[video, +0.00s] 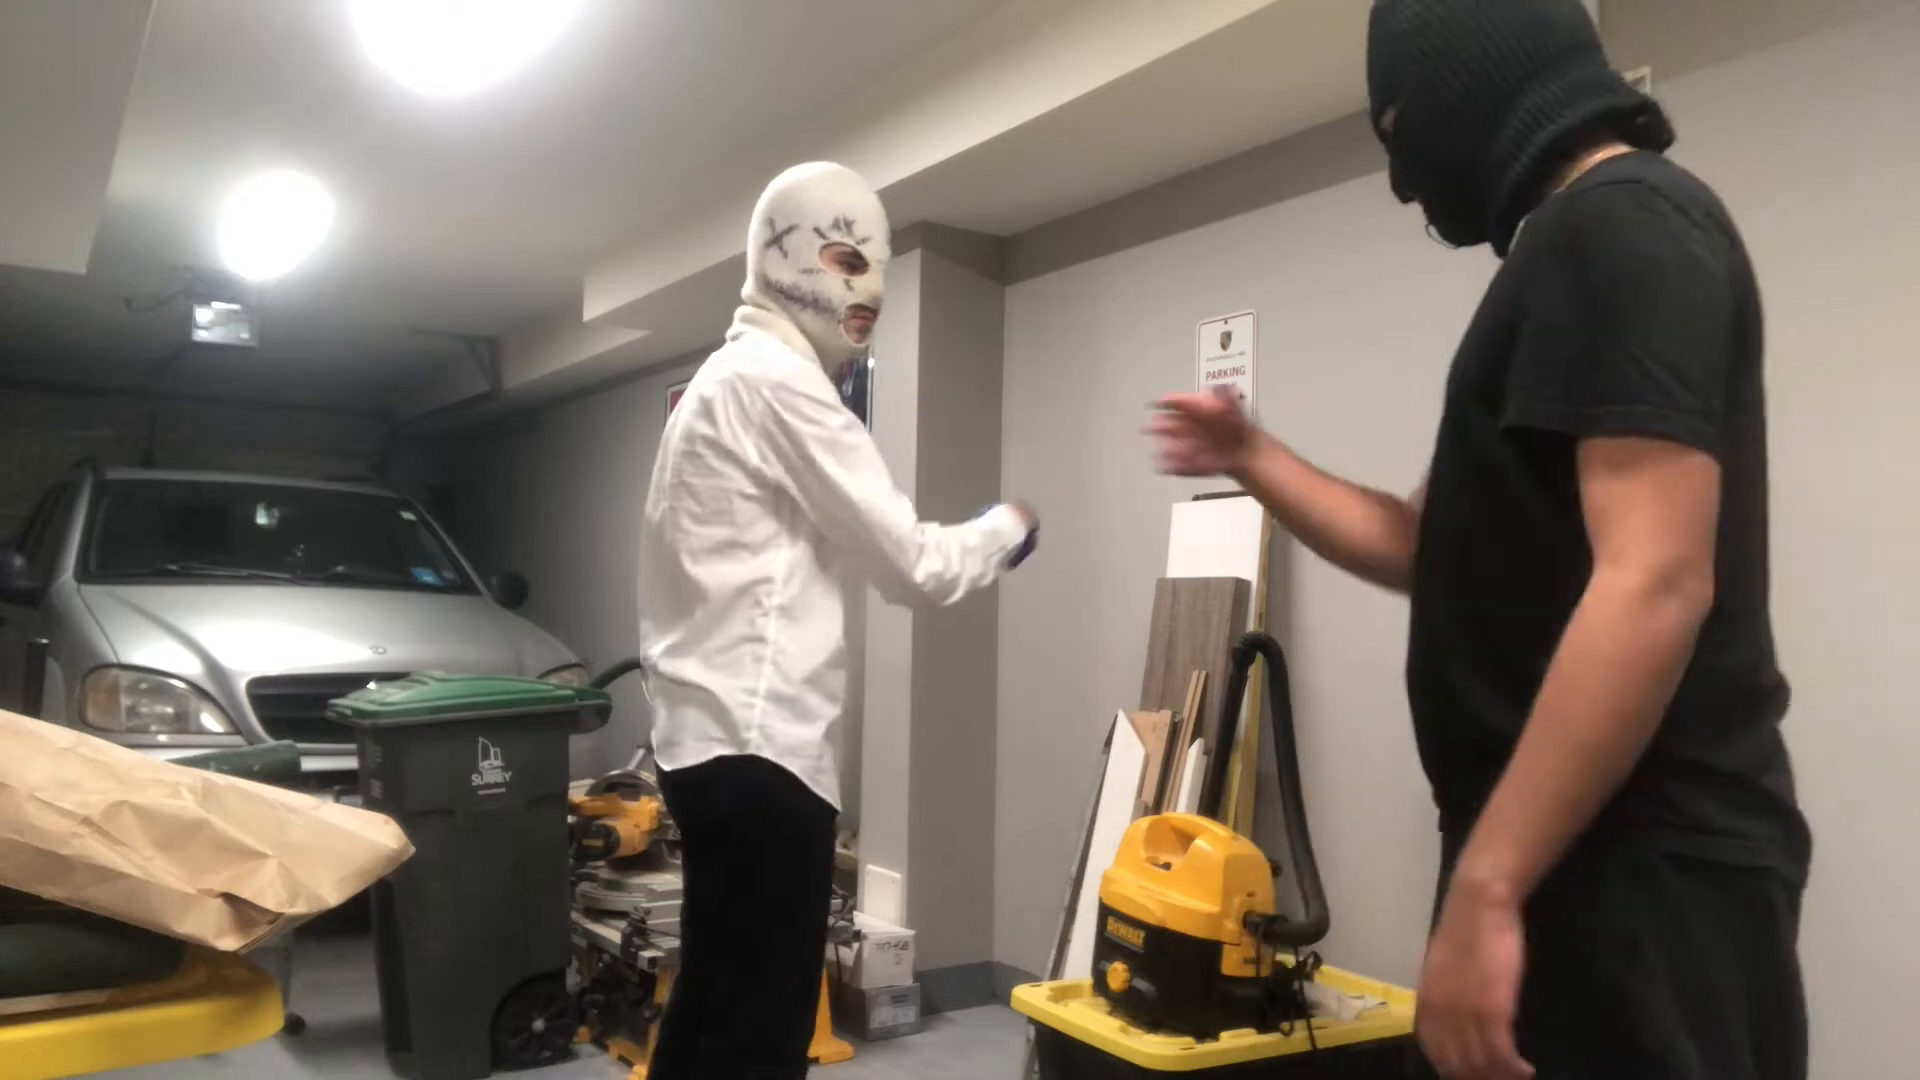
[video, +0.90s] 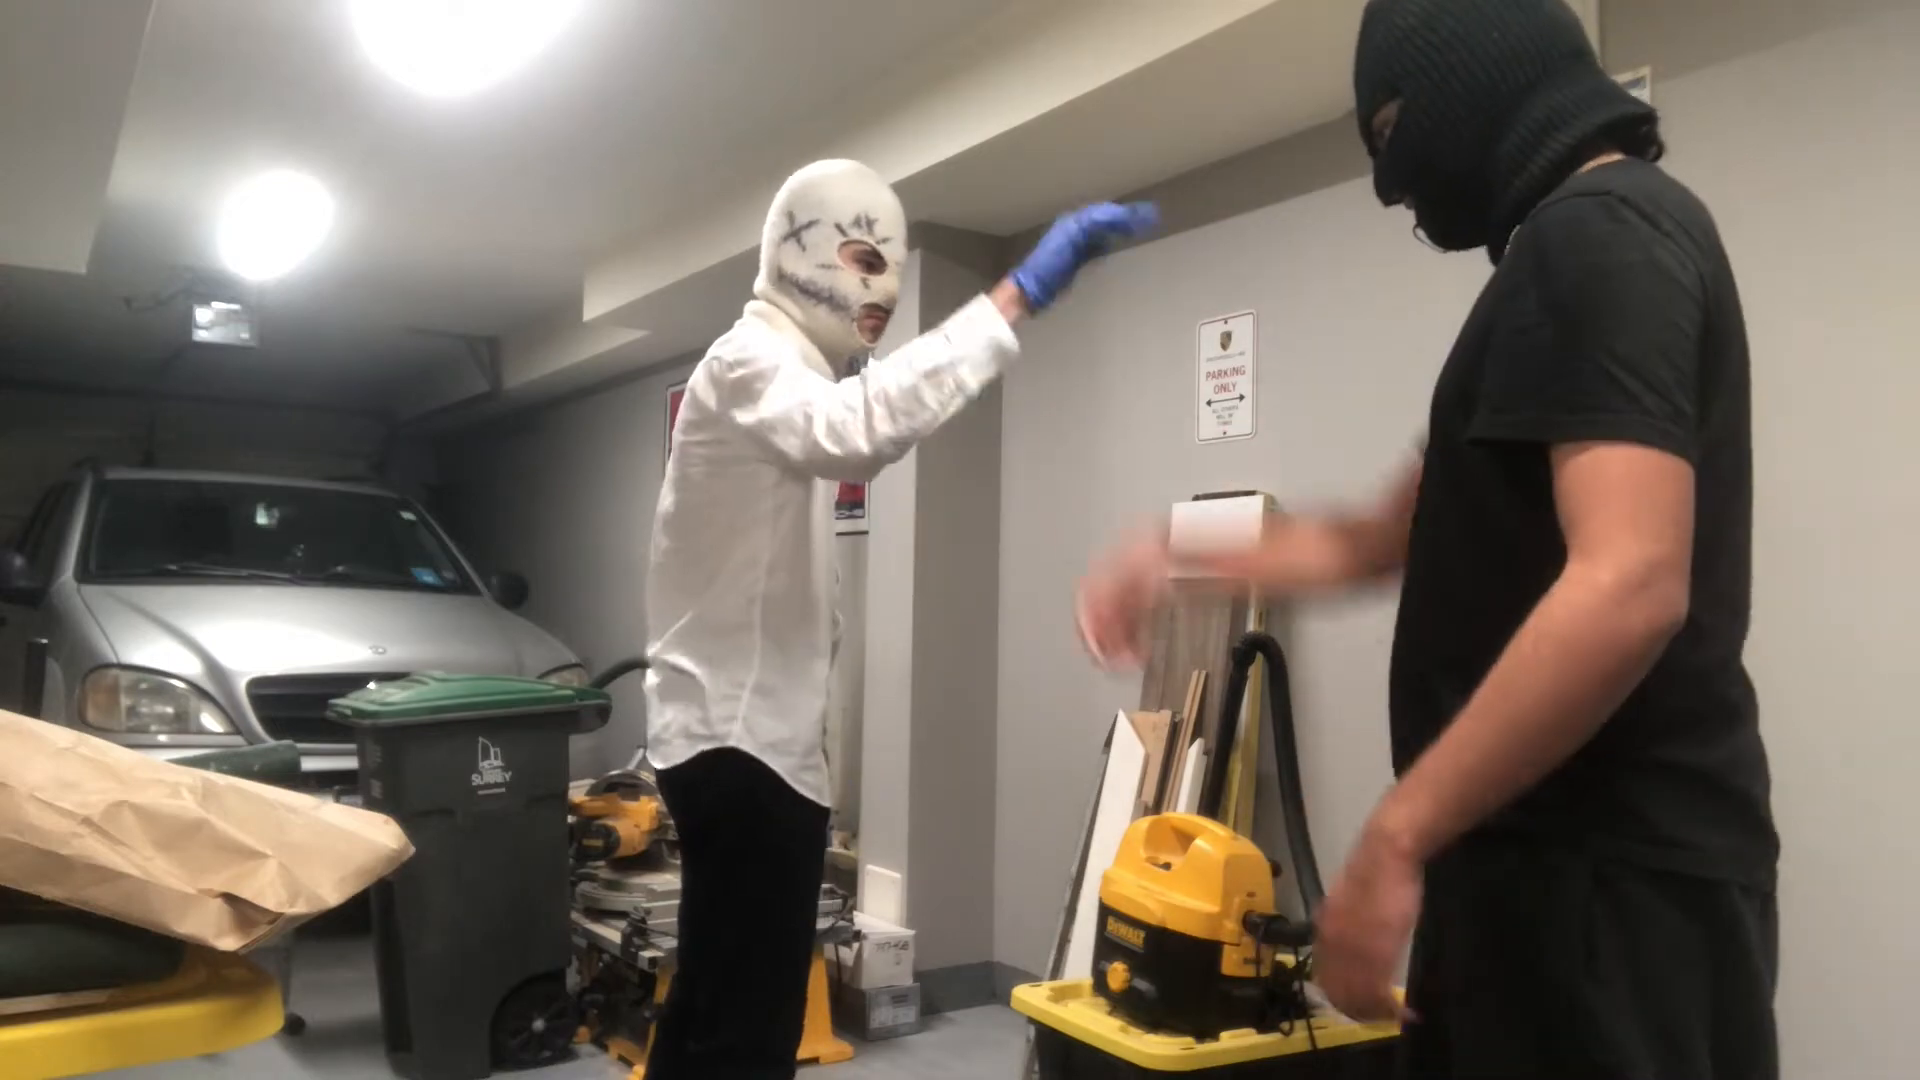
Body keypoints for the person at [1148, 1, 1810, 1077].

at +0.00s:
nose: (1391, 171)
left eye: (1390, 121)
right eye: (1382, 132)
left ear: (1460, 84)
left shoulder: (1622, 224)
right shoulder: (1571, 245)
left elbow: (1655, 582)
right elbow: (1442, 556)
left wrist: (1484, 886)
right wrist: (1253, 457)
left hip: (1634, 877)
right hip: (1578, 874)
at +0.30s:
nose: (1374, 181)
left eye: (1375, 130)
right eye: (1365, 143)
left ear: (1448, 91)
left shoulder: (1562, 227)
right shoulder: (1577, 226)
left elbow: (1593, 575)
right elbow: (1472, 528)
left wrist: (1462, 891)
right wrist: (1292, 423)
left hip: (1598, 878)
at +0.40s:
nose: (1389, 192)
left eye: (1385, 147)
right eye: (1375, 161)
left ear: (1449, 99)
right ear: (1494, 87)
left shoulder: (1553, 222)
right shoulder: (1622, 215)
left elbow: (1563, 565)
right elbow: (1426, 487)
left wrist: (1415, 874)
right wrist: (1325, 309)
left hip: (1580, 868)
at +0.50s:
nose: (1395, 193)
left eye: (1390, 145)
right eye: (1381, 159)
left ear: (1457, 98)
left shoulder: (1566, 224)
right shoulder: (1611, 226)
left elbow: (1532, 564)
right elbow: (1346, 432)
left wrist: (1354, 853)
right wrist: (1259, 254)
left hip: (1583, 867)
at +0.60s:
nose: (1395, 188)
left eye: (1395, 138)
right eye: (1382, 154)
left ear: (1466, 91)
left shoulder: (1593, 225)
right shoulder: (1583, 248)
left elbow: (1546, 572)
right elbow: (1326, 480)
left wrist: (1314, 826)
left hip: (1602, 876)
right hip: (1559, 868)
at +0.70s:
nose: (1395, 193)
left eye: (1393, 141)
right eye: (1381, 156)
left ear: (1465, 96)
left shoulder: (1598, 229)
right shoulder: (1573, 242)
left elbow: (1590, 575)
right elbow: (1385, 538)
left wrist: (1326, 810)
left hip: (1596, 879)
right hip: (1544, 868)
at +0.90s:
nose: (1386, 183)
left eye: (1385, 129)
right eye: (1375, 145)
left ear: (1452, 88)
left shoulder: (1598, 229)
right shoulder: (1558, 248)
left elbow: (1631, 582)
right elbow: (1388, 536)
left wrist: (1396, 835)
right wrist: (1178, 556)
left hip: (1601, 882)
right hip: (1534, 872)